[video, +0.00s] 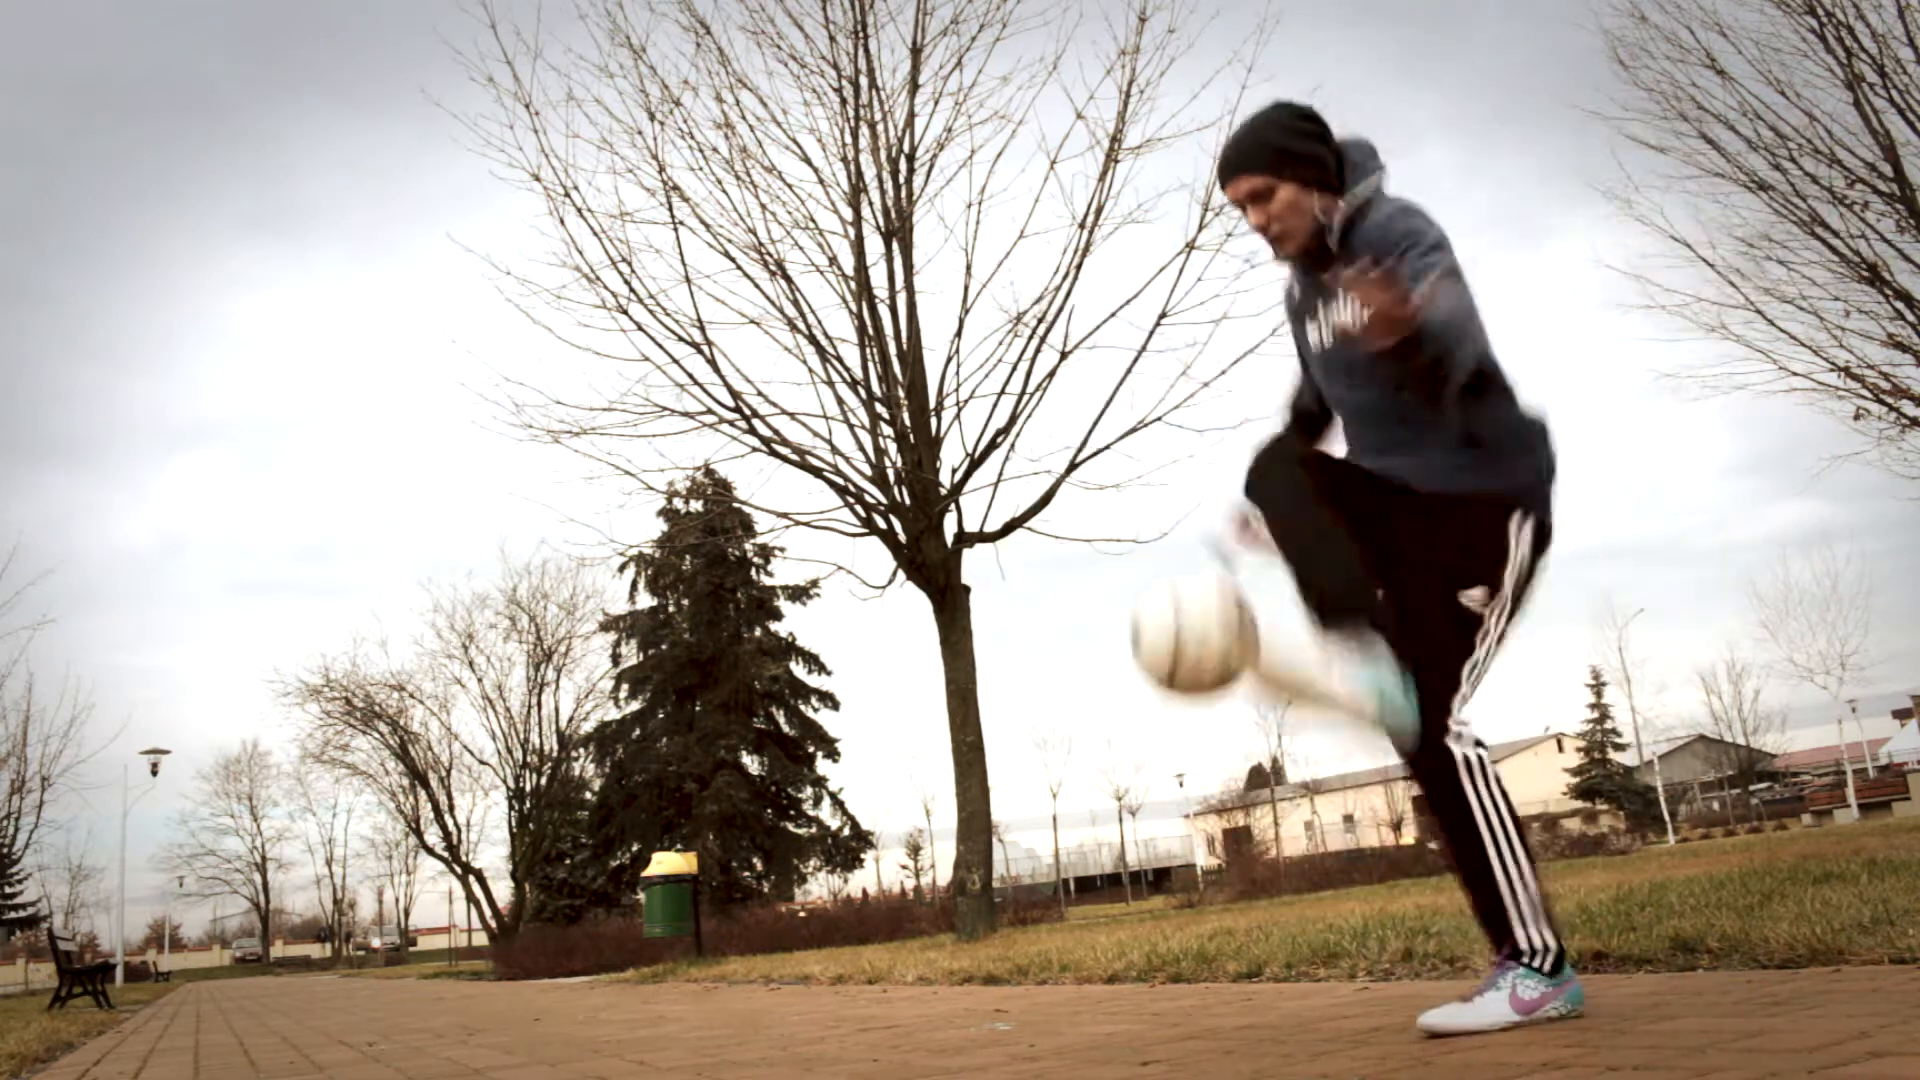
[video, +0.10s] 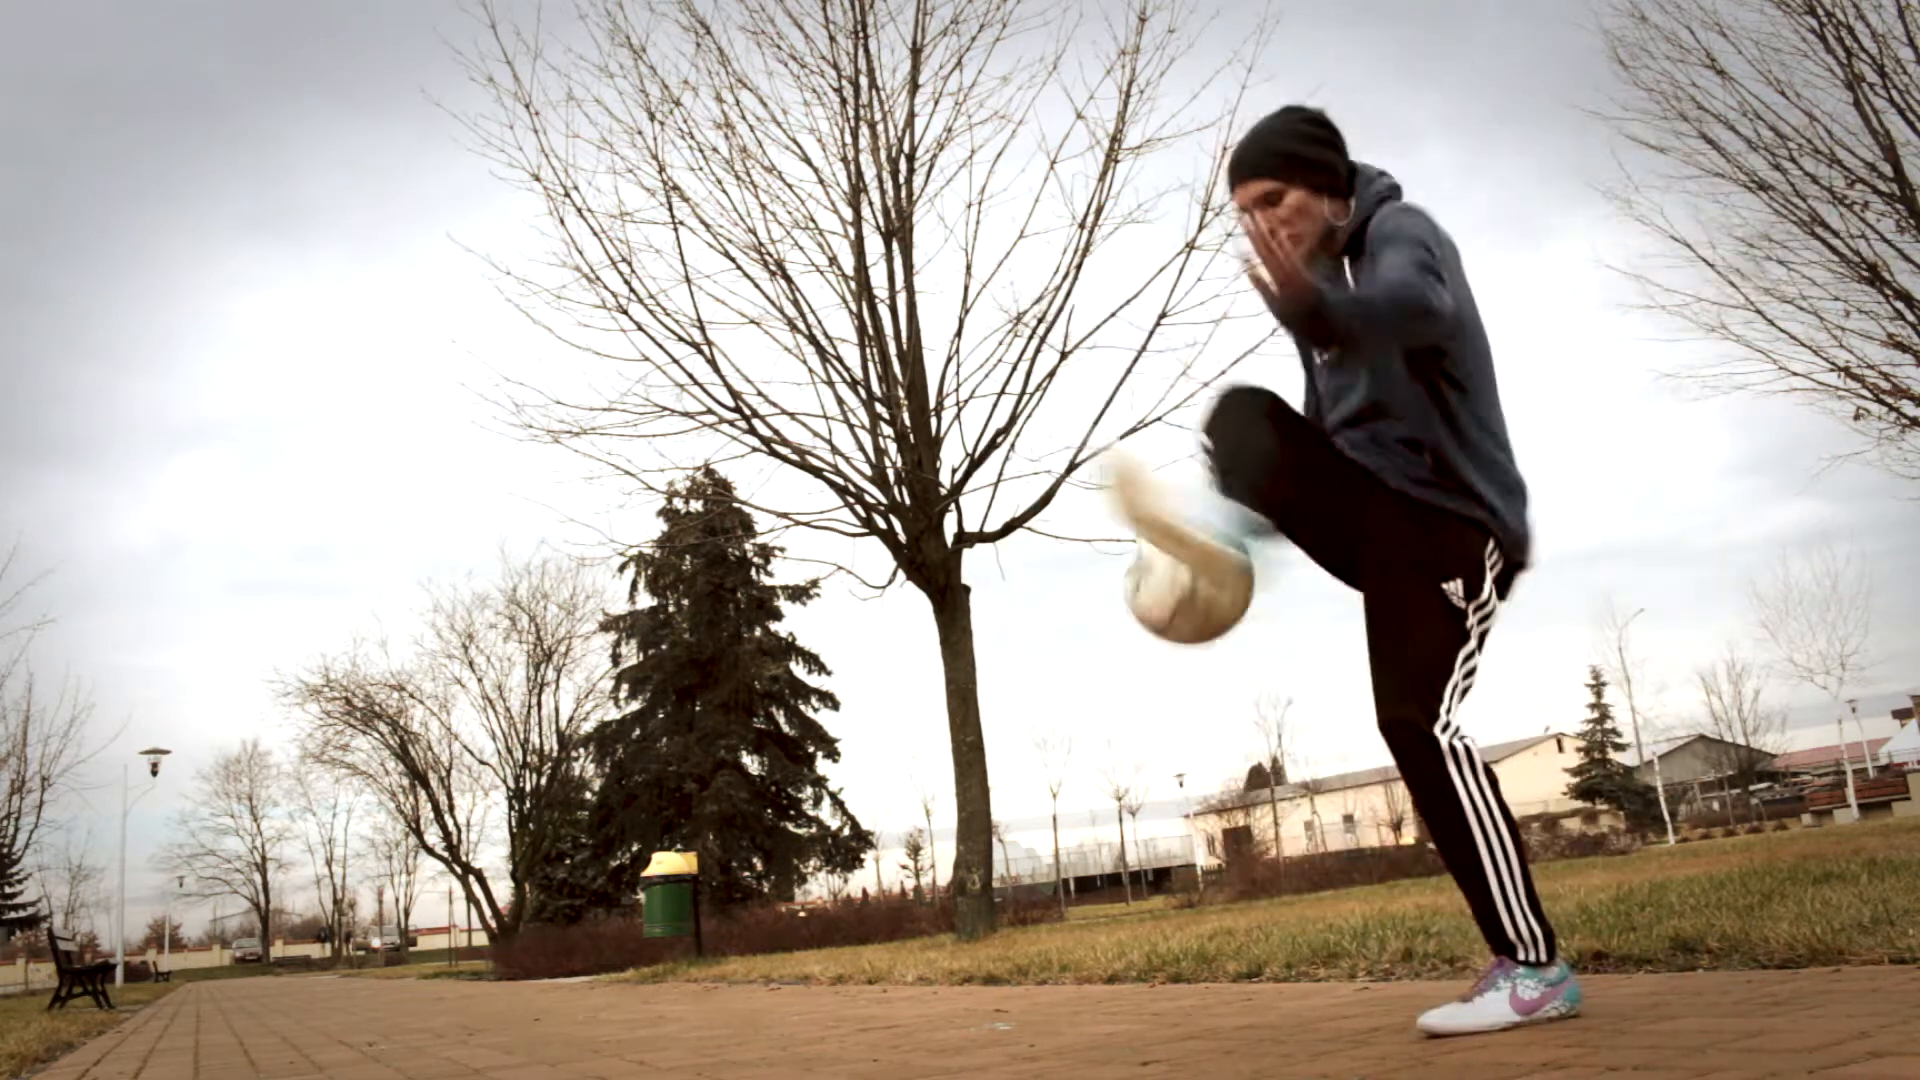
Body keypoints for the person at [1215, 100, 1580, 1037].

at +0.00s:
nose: (1254, 223)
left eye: (1262, 199)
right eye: (1243, 210)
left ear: (1313, 178)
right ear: (1260, 207)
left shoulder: (1394, 228)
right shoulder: (1306, 285)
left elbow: (1459, 348)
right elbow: (1321, 390)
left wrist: (1402, 325)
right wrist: (1266, 489)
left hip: (1488, 494)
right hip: (1402, 497)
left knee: (1427, 722)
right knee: (1278, 462)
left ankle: (1538, 968)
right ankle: (1370, 657)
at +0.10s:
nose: (1262, 232)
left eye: (1274, 206)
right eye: (1247, 215)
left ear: (1326, 193)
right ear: (1250, 218)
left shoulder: (1400, 232)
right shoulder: (1318, 285)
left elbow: (1416, 304)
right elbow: (1325, 428)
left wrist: (1315, 305)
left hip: (1455, 529)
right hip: (1371, 517)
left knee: (1419, 724)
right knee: (1244, 410)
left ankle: (1533, 966)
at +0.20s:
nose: (1268, 177)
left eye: (1277, 156)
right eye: (1258, 163)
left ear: (1325, 143)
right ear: (1266, 168)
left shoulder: (1400, 207)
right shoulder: (1298, 270)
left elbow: (1389, 166)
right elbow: (1256, 382)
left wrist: (1275, 83)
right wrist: (1137, 368)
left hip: (1432, 496)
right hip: (1345, 477)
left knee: (1430, 708)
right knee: (1191, 392)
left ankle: (1529, 961)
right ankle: (1036, 523)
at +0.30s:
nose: (1258, 104)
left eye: (1269, 83)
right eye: (1247, 91)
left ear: (1318, 67)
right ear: (1249, 94)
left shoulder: (1408, 119)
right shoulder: (1266, 186)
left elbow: (1472, 71)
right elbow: (1206, 260)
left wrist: (1404, 5)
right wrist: (1103, 238)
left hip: (1401, 423)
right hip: (1303, 412)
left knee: (1389, 616)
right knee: (1135, 411)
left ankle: (1480, 885)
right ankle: (1117, 651)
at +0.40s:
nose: (1243, 86)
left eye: (1254, 63)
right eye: (1228, 73)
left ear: (1301, 42)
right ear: (1226, 75)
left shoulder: (1382, 100)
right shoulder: (1248, 149)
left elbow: (1464, 97)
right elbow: (1203, 223)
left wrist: (1510, 40)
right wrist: (1097, 241)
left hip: (1379, 366)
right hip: (1279, 377)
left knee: (1269, 506)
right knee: (1216, 551)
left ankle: (1252, 732)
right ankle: (1220, 795)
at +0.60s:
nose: (1211, 199)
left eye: (1223, 175)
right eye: (1195, 184)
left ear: (1267, 159)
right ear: (1186, 188)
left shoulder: (1359, 227)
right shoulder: (1201, 296)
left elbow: (1474, 325)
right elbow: (1126, 410)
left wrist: (1592, 425)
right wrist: (1017, 505)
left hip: (1399, 486)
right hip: (1312, 508)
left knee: (1166, 591)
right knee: (1311, 758)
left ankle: (1058, 806)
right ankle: (1356, 973)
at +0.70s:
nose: (1224, 204)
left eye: (1236, 182)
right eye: (1204, 193)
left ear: (1269, 173)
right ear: (1186, 203)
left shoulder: (1353, 241)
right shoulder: (1196, 312)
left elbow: (1464, 335)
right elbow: (1131, 440)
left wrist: (1600, 408)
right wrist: (1007, 541)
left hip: (1395, 532)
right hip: (1302, 549)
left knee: (1250, 697)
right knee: (1290, 757)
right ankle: (1352, 972)